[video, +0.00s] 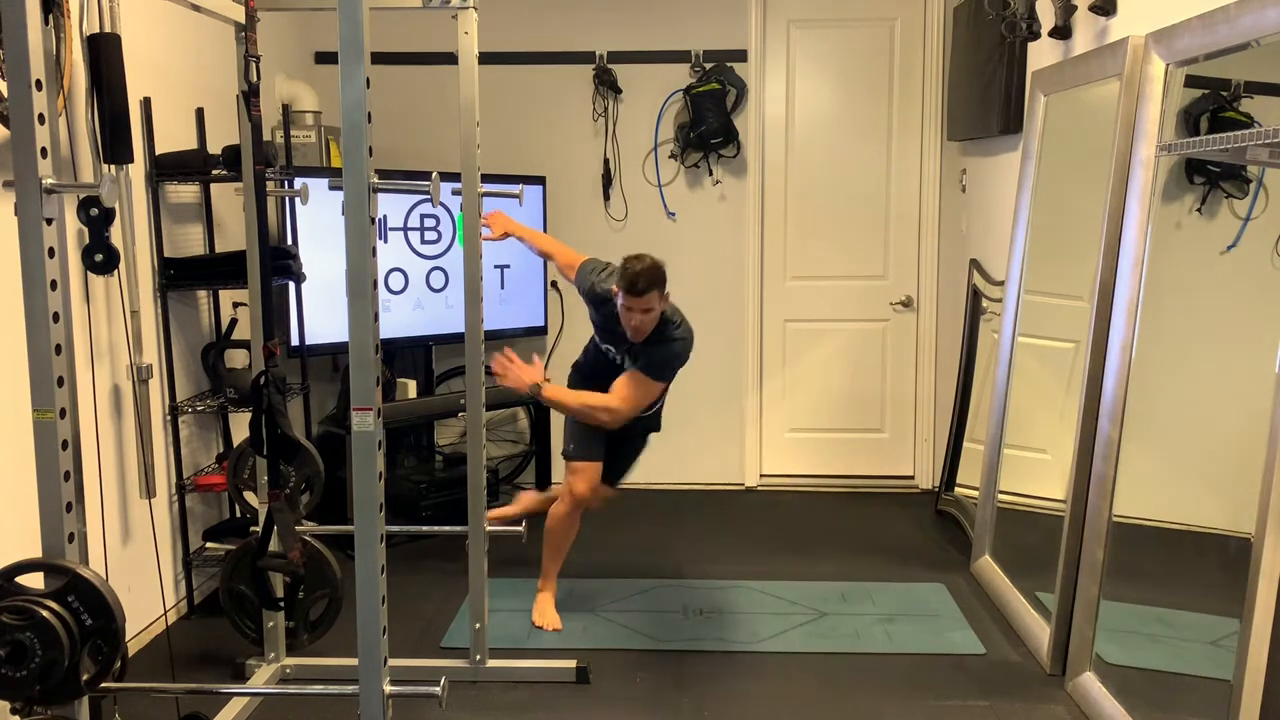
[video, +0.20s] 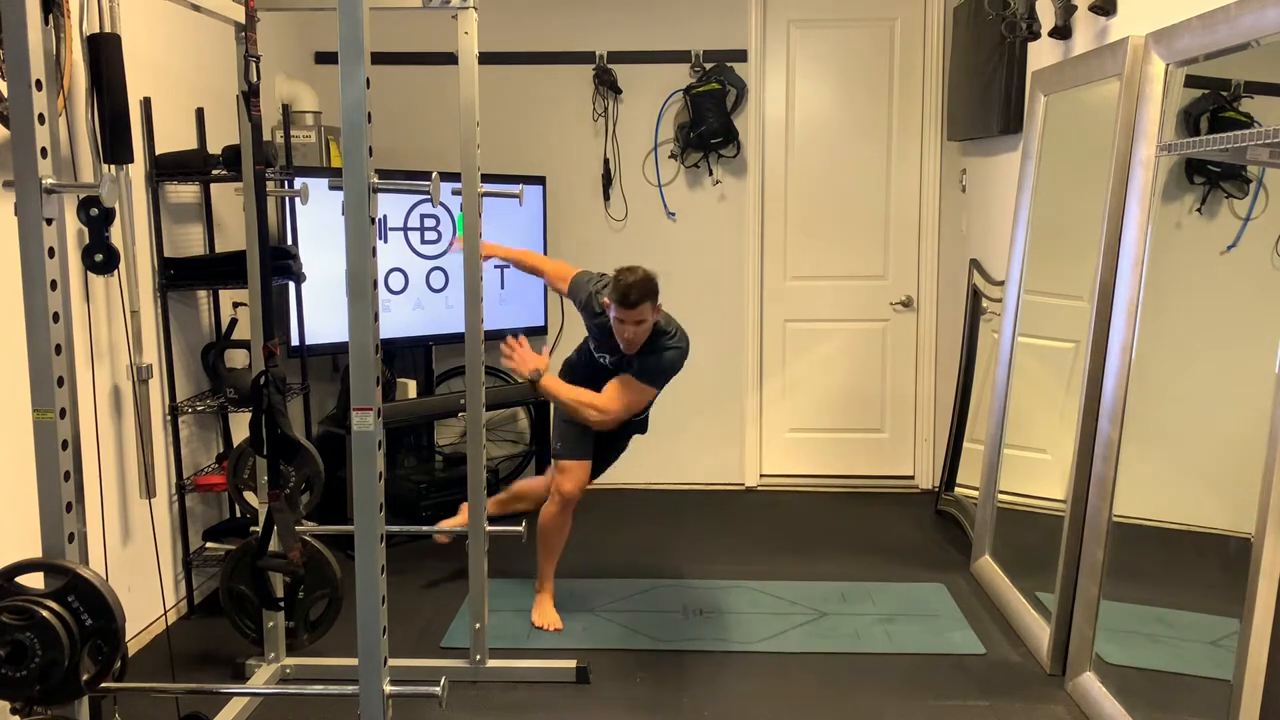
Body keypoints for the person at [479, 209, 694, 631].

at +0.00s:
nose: (635, 321)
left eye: (645, 312)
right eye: (627, 310)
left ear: (664, 302)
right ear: (616, 296)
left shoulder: (675, 338)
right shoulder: (601, 285)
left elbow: (615, 410)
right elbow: (560, 257)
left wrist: (540, 388)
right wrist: (514, 228)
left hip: (639, 409)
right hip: (590, 385)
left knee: (597, 495)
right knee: (577, 491)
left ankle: (531, 502)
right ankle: (546, 592)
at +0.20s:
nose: (628, 333)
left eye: (639, 323)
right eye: (620, 322)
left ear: (656, 312)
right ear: (609, 309)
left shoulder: (670, 347)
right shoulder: (596, 295)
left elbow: (604, 413)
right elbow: (543, 267)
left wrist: (540, 377)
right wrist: (493, 249)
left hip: (623, 420)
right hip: (577, 390)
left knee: (558, 486)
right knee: (568, 490)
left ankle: (478, 509)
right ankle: (544, 591)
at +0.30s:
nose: (643, 330)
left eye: (654, 320)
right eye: (635, 319)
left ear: (669, 307)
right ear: (622, 306)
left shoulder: (682, 337)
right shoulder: (599, 302)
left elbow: (670, 427)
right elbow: (531, 282)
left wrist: (592, 420)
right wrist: (468, 292)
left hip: (632, 410)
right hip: (581, 397)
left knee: (607, 509)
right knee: (571, 495)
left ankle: (547, 515)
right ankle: (545, 592)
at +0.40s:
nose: (666, 314)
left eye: (674, 304)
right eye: (657, 304)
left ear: (685, 291)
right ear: (638, 290)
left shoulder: (702, 319)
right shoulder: (603, 303)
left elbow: (751, 387)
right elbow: (524, 314)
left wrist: (707, 446)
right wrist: (472, 363)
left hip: (655, 407)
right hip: (596, 401)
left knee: (681, 503)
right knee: (574, 501)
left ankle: (669, 529)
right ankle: (544, 594)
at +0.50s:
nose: (693, 291)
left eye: (702, 281)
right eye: (684, 281)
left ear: (713, 270)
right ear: (666, 268)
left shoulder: (733, 288)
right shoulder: (633, 296)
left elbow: (794, 323)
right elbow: (558, 356)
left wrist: (793, 395)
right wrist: (560, 435)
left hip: (695, 390)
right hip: (631, 392)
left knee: (746, 480)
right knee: (591, 488)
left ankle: (785, 554)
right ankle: (546, 587)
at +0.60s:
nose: (731, 283)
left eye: (740, 273)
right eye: (722, 274)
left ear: (751, 261)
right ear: (703, 260)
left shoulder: (766, 266)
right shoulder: (675, 297)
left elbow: (811, 281)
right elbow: (645, 388)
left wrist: (823, 319)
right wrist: (702, 448)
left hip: (742, 376)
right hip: (681, 385)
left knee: (788, 476)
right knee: (639, 482)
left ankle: (848, 579)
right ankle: (606, 558)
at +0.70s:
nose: (770, 292)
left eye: (778, 282)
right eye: (760, 283)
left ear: (788, 270)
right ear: (740, 270)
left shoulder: (796, 269)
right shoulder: (718, 314)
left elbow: (820, 268)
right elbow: (746, 406)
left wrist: (830, 273)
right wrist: (831, 409)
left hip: (781, 380)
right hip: (723, 391)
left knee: (819, 494)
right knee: (713, 502)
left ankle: (864, 590)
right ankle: (741, 507)